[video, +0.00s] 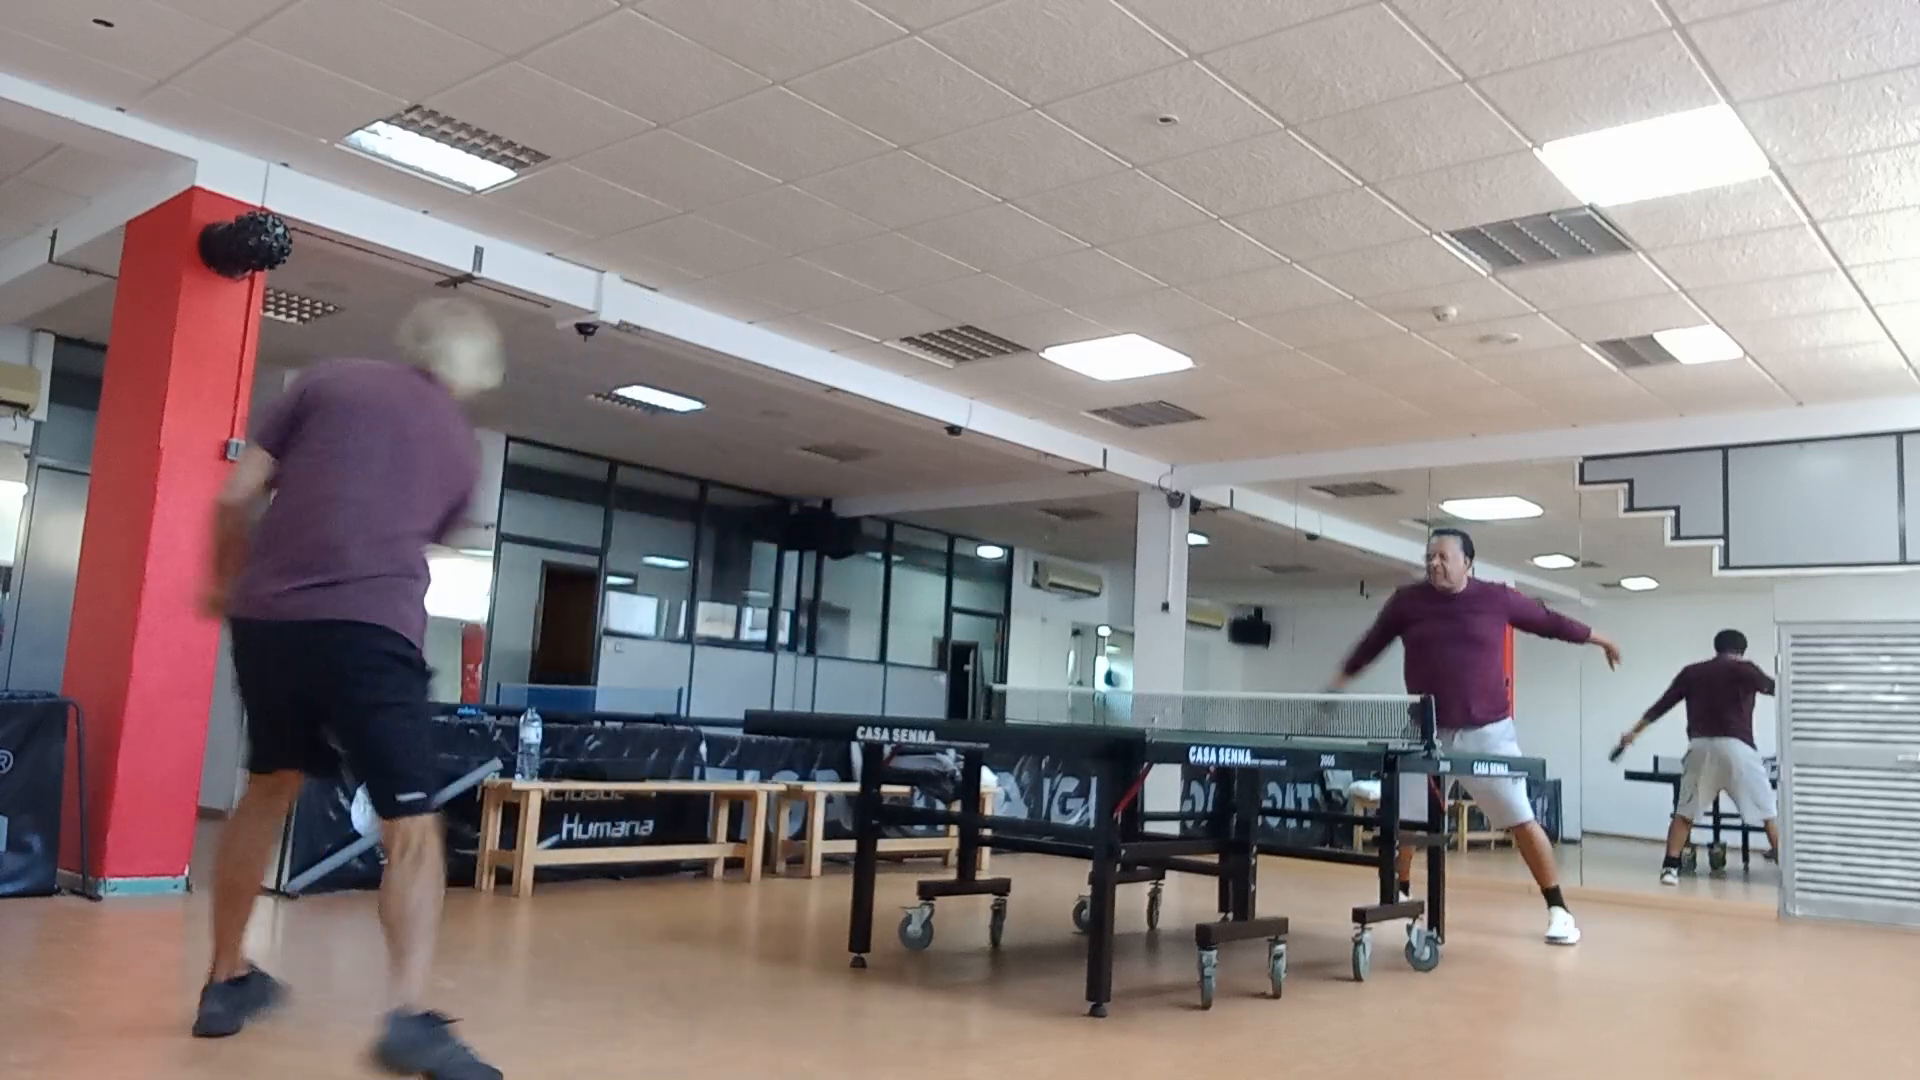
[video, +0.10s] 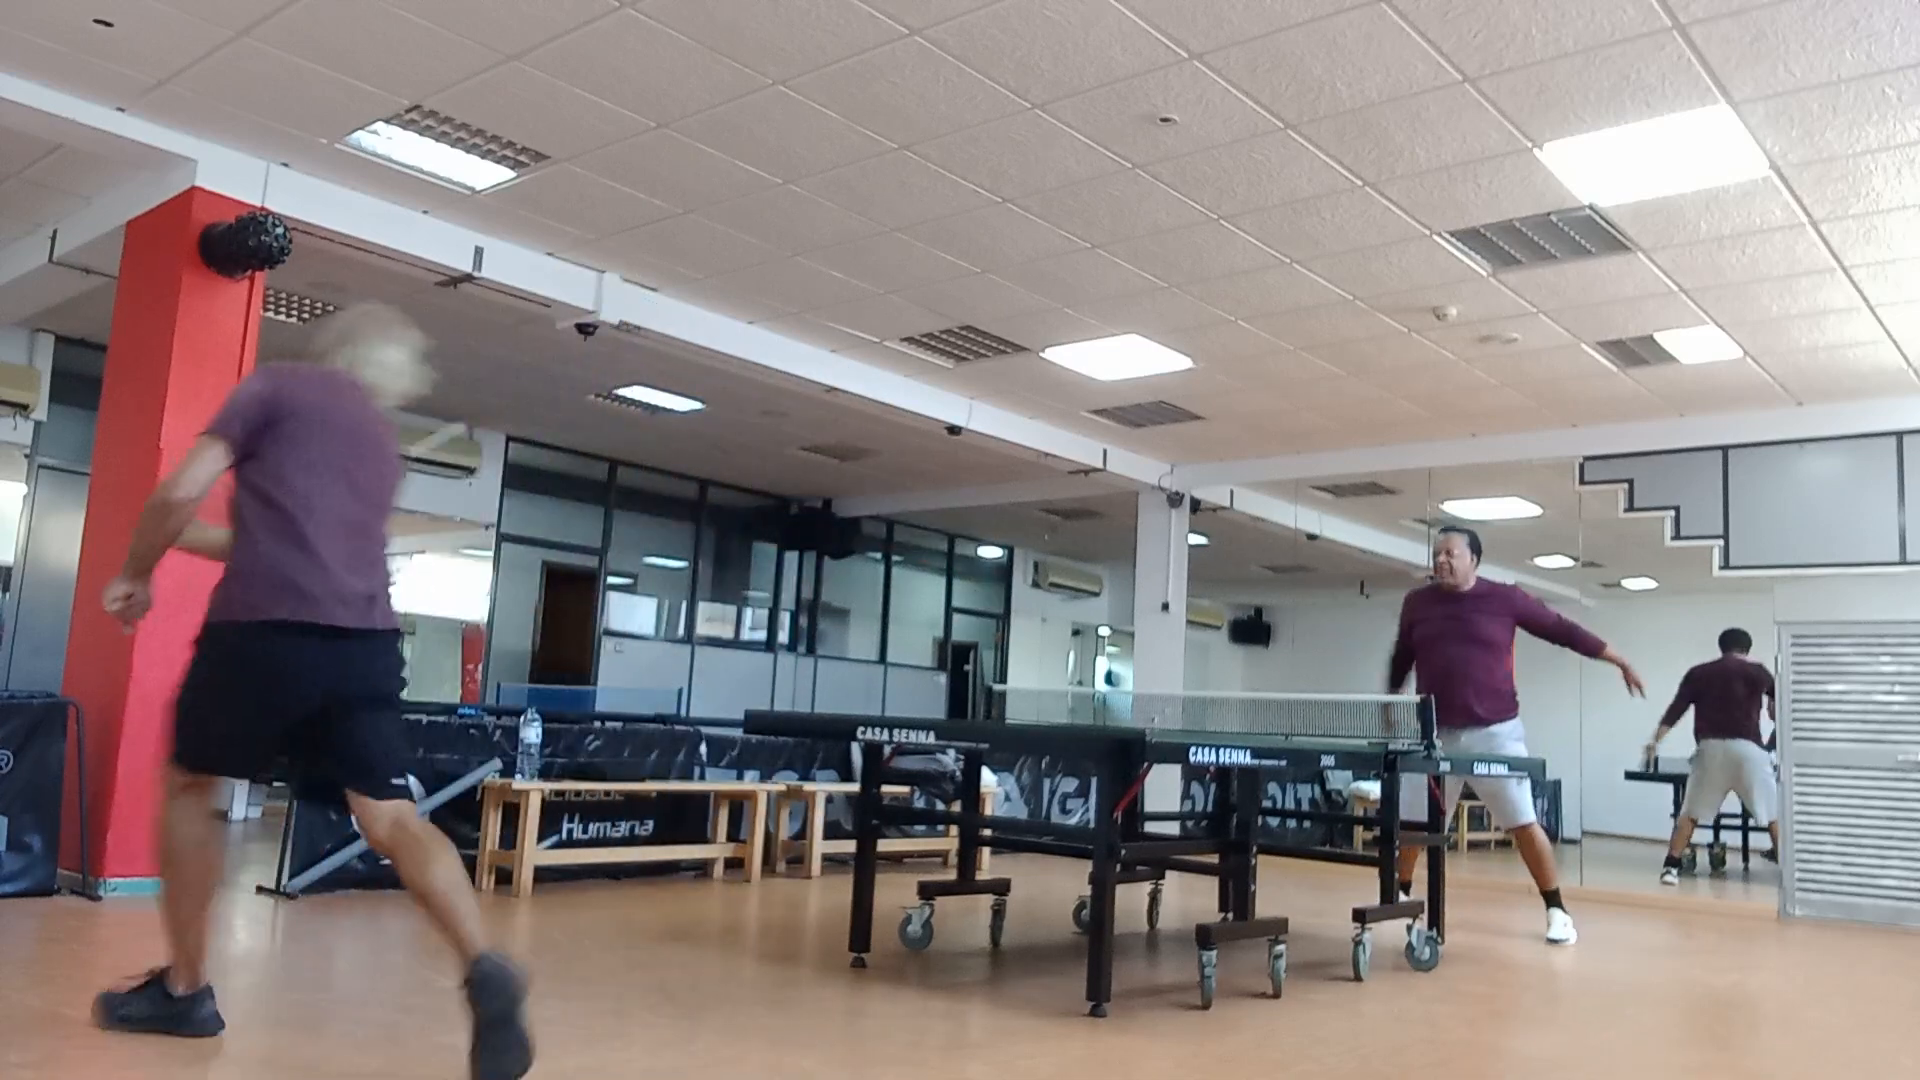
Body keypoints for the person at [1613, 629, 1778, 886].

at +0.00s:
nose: (1743, 657)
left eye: (1741, 655)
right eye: (1743, 654)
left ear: (1716, 649)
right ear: (1741, 652)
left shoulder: (1692, 672)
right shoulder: (1745, 669)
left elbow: (1661, 706)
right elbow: (1776, 689)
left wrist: (1632, 733)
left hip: (1700, 748)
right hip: (1737, 748)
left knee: (1685, 811)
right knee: (1769, 813)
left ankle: (1669, 867)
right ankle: (1788, 868)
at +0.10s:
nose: (1745, 656)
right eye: (1746, 652)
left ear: (1721, 648)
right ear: (1747, 650)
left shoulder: (1699, 673)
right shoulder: (1757, 671)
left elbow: (1676, 710)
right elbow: (1777, 694)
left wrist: (1655, 741)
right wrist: (1773, 707)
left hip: (1710, 750)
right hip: (1749, 750)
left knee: (1690, 813)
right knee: (1773, 813)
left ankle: (1670, 867)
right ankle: (1788, 870)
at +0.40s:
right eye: (1755, 645)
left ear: (1731, 643)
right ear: (1757, 643)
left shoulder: (1717, 667)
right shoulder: (1773, 666)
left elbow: (1702, 708)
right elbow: (1788, 703)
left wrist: (1688, 743)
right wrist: (1791, 740)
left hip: (1735, 746)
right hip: (1772, 745)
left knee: (1724, 811)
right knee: (1781, 811)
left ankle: (1727, 870)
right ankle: (1790, 868)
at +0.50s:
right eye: (1755, 646)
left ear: (1731, 644)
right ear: (1758, 644)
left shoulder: (1719, 668)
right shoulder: (1773, 668)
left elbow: (1705, 706)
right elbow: (1787, 704)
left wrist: (1690, 738)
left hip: (1741, 750)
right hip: (1776, 747)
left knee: (1726, 813)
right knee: (1781, 814)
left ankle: (1729, 873)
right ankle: (1792, 868)